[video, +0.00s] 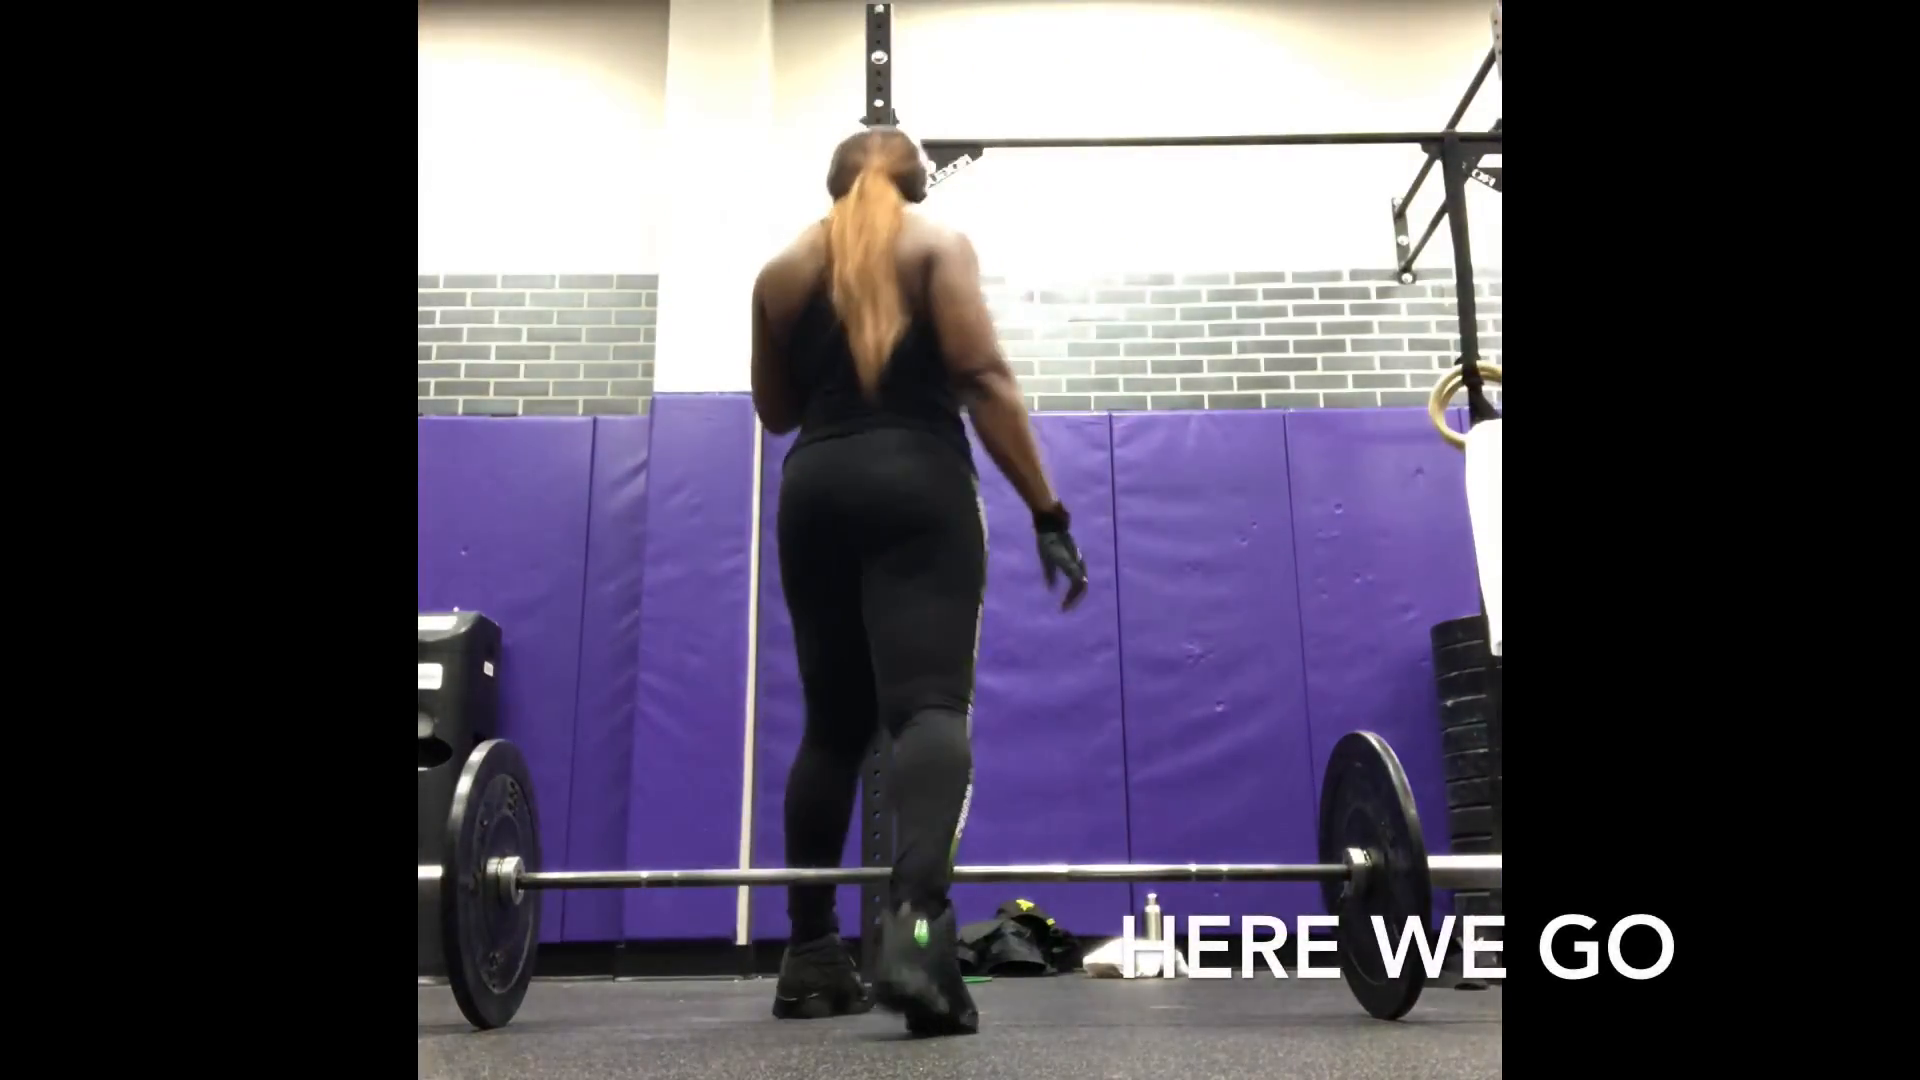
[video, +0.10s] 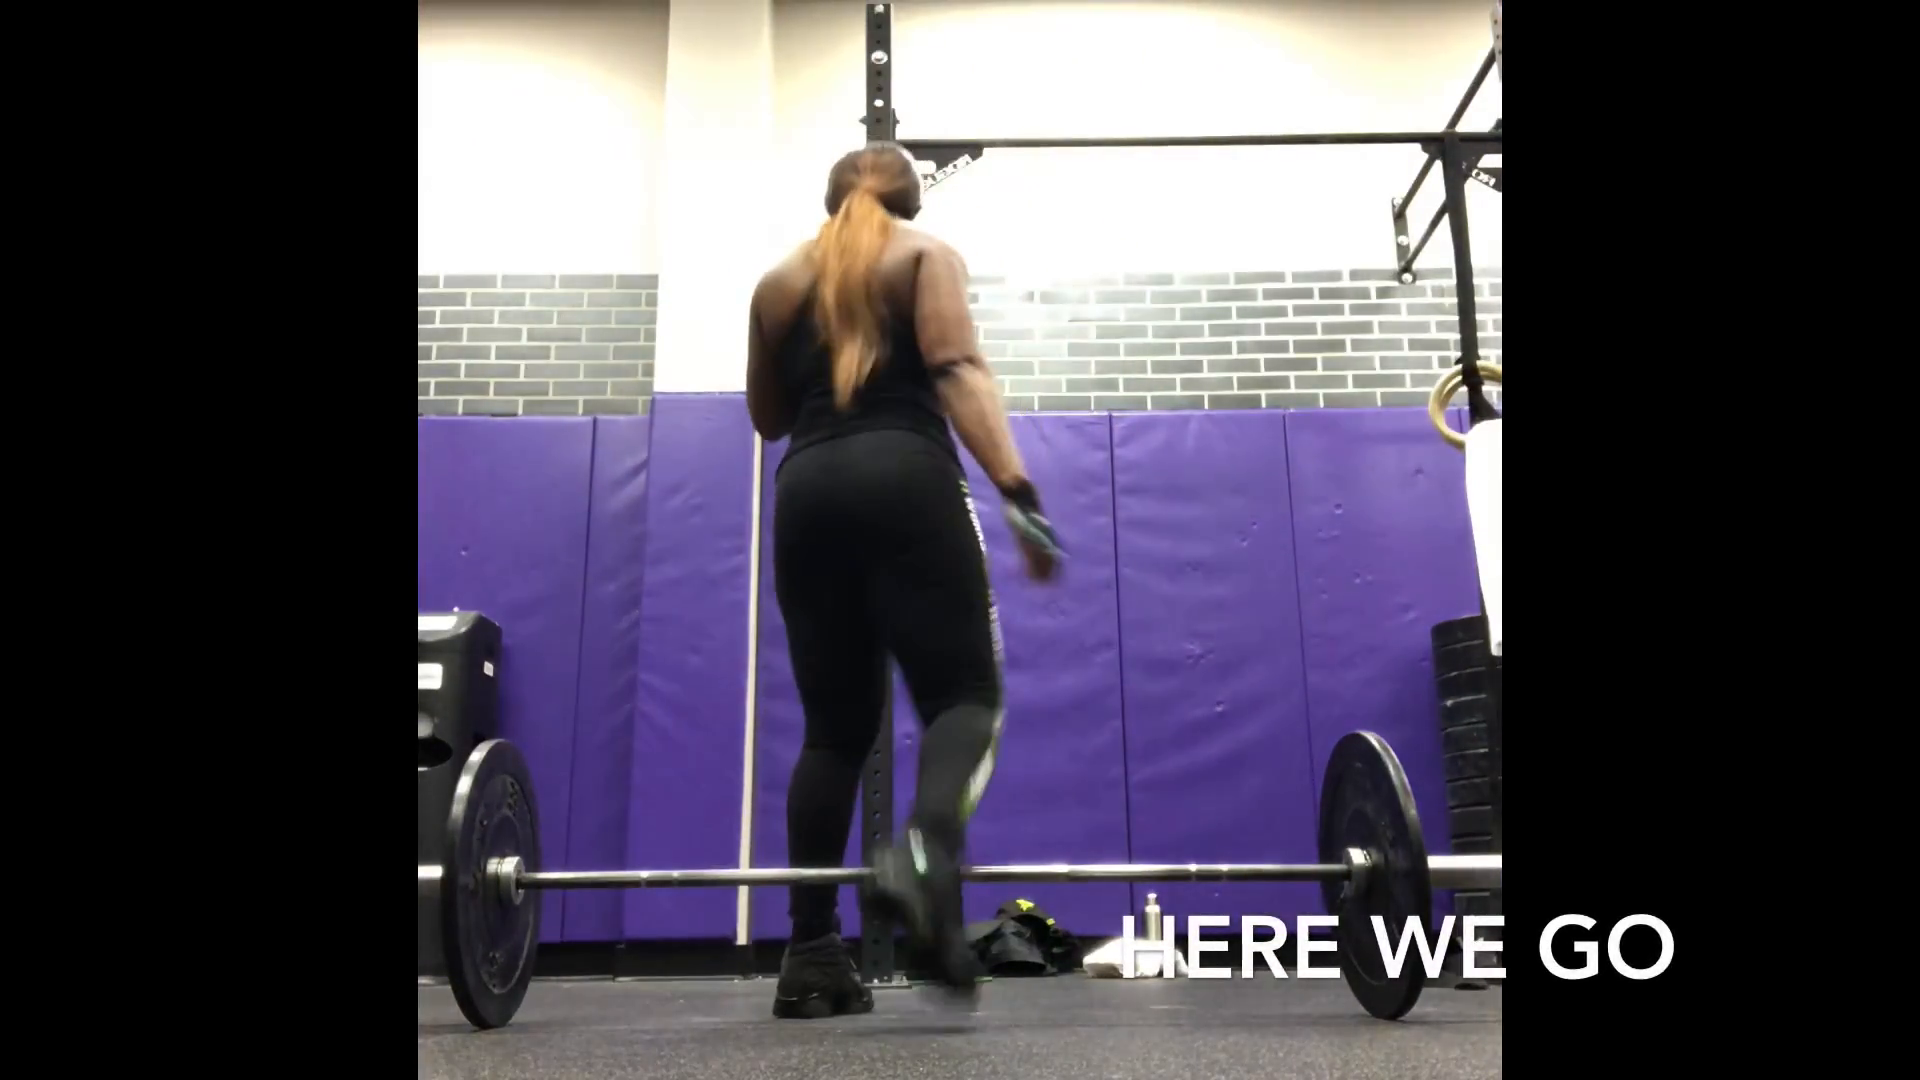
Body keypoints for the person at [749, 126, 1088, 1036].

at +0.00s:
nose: (924, 189)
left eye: (913, 176)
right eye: (923, 178)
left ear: (835, 186)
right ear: (912, 186)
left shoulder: (783, 272)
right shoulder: (935, 245)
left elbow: (776, 407)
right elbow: (983, 378)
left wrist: (860, 378)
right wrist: (1048, 511)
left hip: (812, 486)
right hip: (921, 477)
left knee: (833, 726)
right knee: (930, 710)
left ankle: (813, 953)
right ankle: (915, 934)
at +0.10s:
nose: (914, 212)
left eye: (900, 195)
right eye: (915, 199)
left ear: (834, 203)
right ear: (906, 204)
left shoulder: (780, 283)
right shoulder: (924, 255)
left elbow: (769, 415)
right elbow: (954, 367)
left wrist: (844, 379)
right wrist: (1019, 493)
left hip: (807, 490)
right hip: (910, 478)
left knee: (836, 731)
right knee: (960, 695)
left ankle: (813, 954)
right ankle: (928, 848)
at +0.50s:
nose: (950, 255)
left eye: (946, 242)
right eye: (946, 242)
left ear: (875, 240)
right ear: (926, 239)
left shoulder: (827, 310)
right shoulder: (920, 281)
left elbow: (815, 440)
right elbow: (929, 379)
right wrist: (988, 518)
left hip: (838, 516)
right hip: (922, 509)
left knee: (855, 738)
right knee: (1031, 691)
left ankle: (817, 949)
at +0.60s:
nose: (969, 258)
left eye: (966, 245)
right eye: (963, 245)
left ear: (894, 247)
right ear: (940, 243)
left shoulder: (855, 316)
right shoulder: (937, 288)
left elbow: (821, 456)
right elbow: (941, 382)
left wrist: (925, 438)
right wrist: (1023, 503)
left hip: (870, 528)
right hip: (951, 520)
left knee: (885, 738)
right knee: (994, 733)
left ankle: (821, 943)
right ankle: (987, 945)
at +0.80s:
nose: (1013, 264)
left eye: (1012, 250)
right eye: (1005, 249)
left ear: (934, 251)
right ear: (974, 246)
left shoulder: (898, 317)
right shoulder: (966, 281)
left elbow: (829, 432)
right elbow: (920, 320)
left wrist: (904, 492)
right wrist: (1008, 401)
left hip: (912, 522)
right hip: (971, 514)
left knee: (968, 734)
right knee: (994, 728)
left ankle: (868, 894)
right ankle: (986, 942)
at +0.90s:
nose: (1030, 269)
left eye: (1028, 255)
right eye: (1020, 254)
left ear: (963, 260)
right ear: (982, 254)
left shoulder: (929, 324)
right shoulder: (969, 290)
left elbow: (841, 417)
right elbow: (887, 304)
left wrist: (903, 485)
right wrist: (959, 397)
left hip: (931, 525)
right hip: (977, 517)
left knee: (1016, 728)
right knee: (999, 730)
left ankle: (916, 916)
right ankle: (987, 942)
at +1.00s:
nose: (1041, 281)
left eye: (1038, 266)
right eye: (1031, 265)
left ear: (990, 270)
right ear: (992, 265)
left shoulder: (954, 330)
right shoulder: (963, 301)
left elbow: (866, 423)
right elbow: (866, 323)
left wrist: (935, 484)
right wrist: (946, 420)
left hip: (952, 531)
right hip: (978, 528)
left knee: (993, 733)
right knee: (1007, 728)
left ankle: (986, 938)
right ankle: (983, 942)